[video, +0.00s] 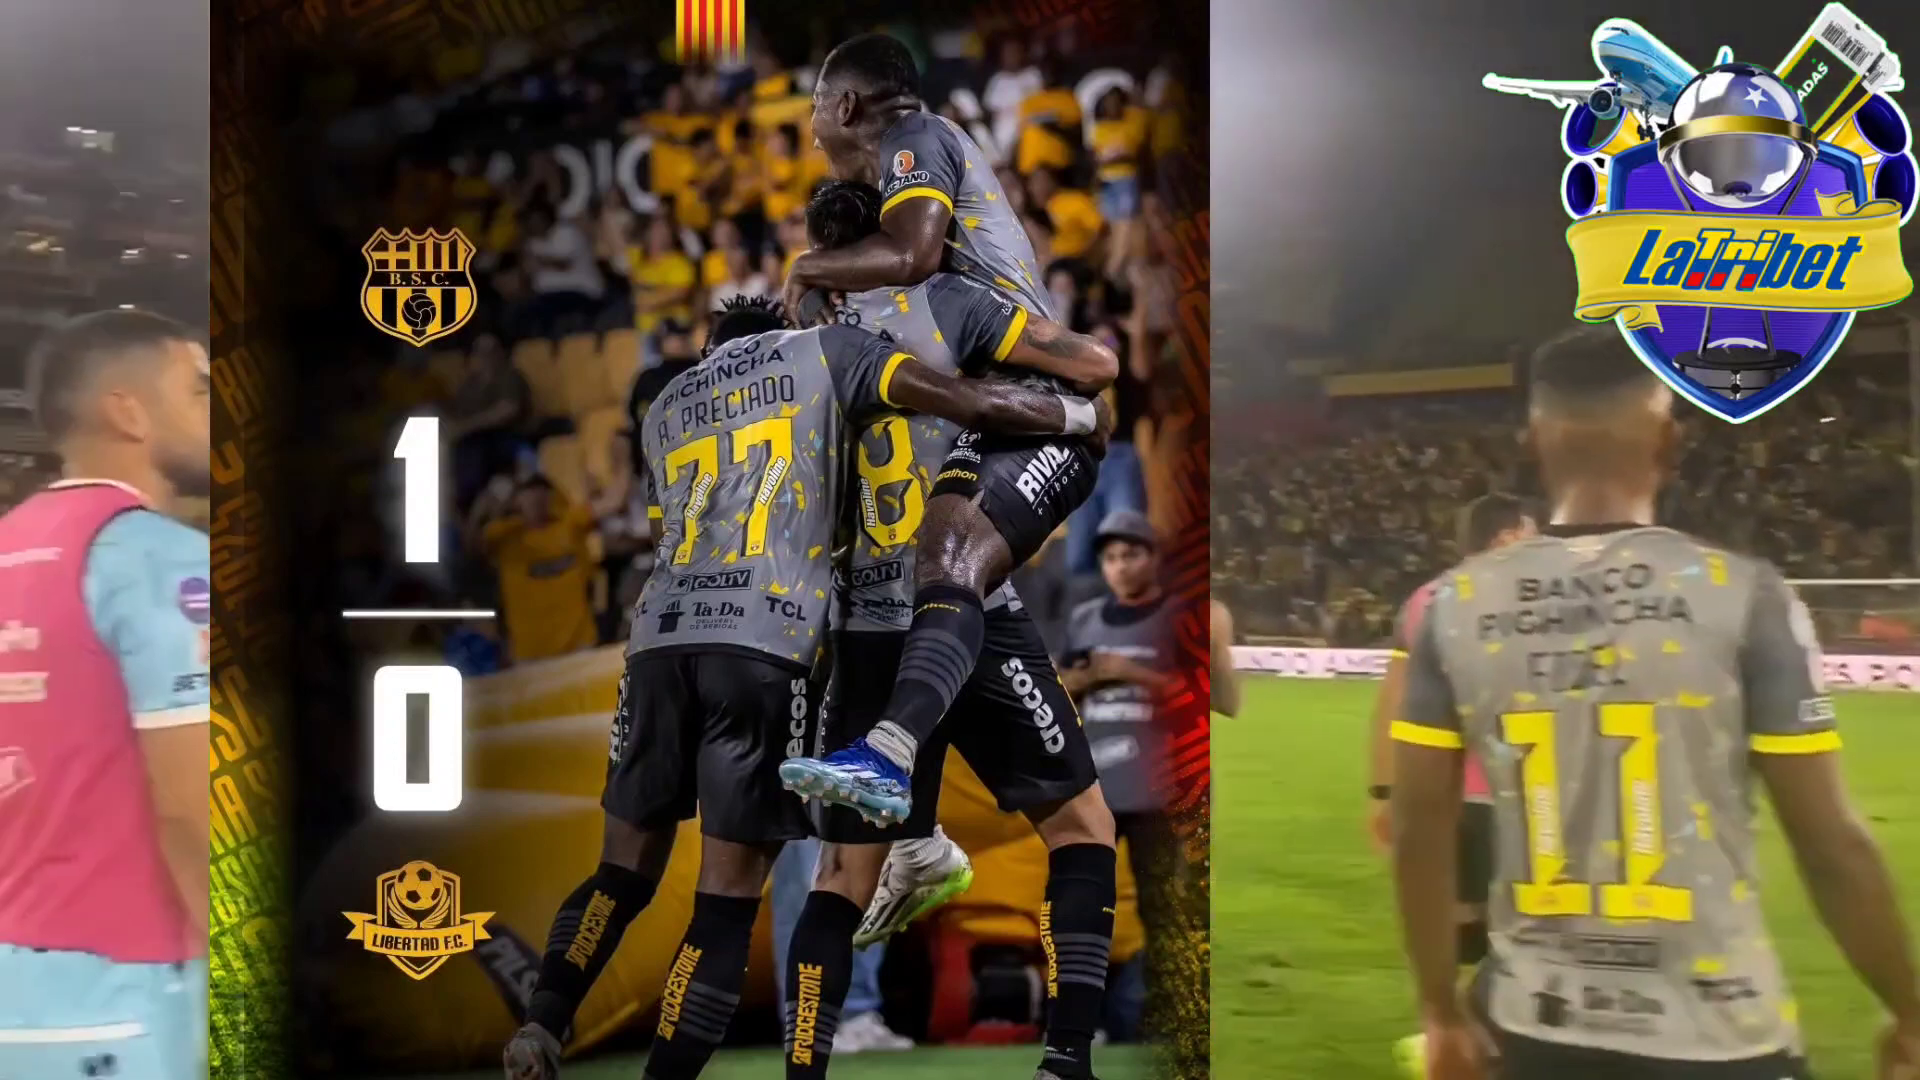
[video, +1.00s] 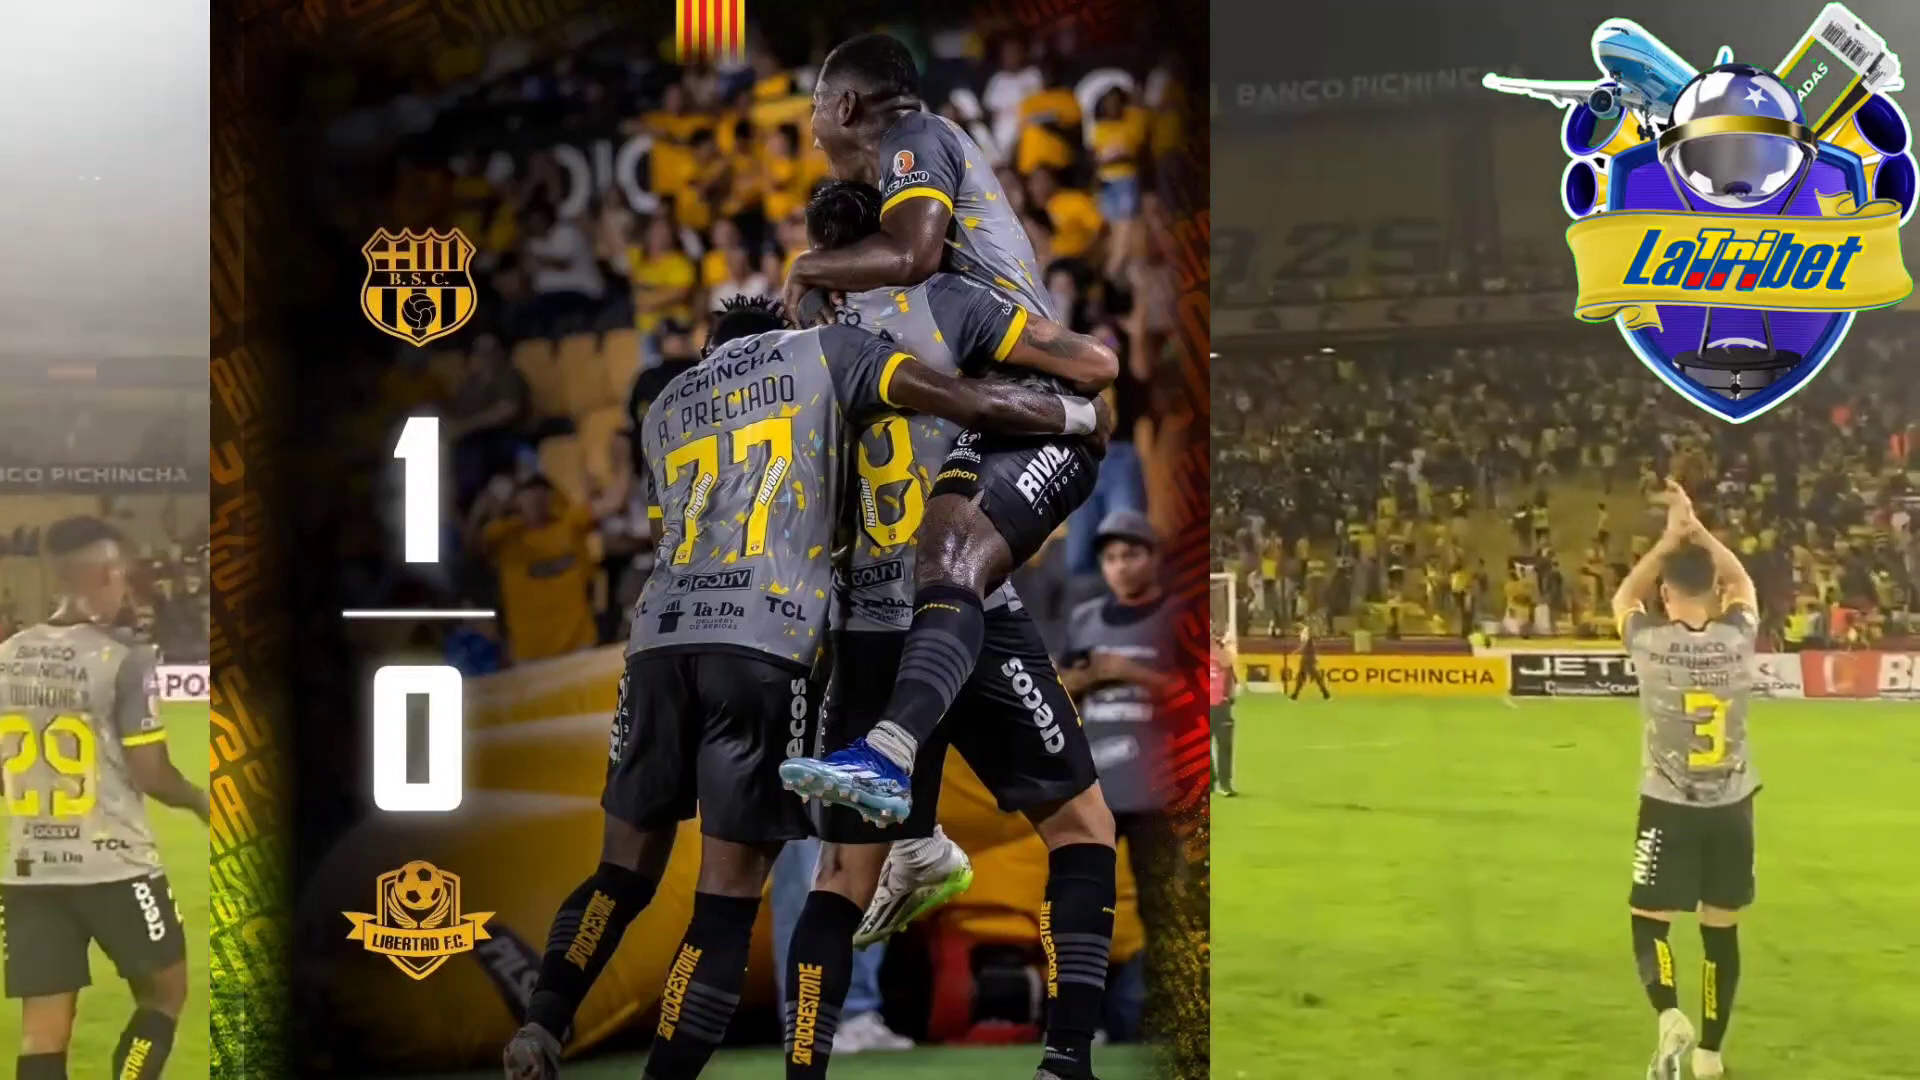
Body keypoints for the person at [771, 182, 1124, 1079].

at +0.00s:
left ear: (822, 255)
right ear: (899, 238)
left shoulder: (804, 333)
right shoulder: (952, 297)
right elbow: (1093, 366)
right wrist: (1067, 346)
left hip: (853, 617)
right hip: (963, 613)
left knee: (848, 859)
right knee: (1082, 827)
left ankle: (802, 1063)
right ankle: (1068, 1055)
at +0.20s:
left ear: (822, 255)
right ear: (899, 238)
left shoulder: (804, 333)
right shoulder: (952, 297)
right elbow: (1093, 366)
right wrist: (1072, 347)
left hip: (852, 617)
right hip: (962, 614)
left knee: (849, 860)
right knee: (1082, 827)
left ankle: (802, 1062)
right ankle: (1068, 1056)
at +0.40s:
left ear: (821, 260)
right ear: (897, 241)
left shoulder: (804, 338)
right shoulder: (952, 299)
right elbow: (1094, 367)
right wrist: (1078, 346)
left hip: (854, 619)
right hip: (965, 615)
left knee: (849, 859)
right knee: (1081, 827)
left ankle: (802, 1062)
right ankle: (1068, 1056)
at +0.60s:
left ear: (821, 257)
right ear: (897, 239)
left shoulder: (804, 335)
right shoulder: (952, 297)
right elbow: (1094, 367)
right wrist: (1075, 346)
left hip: (853, 618)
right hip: (964, 615)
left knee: (848, 860)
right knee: (1082, 827)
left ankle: (802, 1063)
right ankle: (1068, 1056)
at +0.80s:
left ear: (822, 255)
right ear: (898, 238)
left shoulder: (805, 333)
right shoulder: (952, 296)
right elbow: (1094, 367)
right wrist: (1076, 346)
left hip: (854, 616)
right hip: (964, 614)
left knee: (849, 859)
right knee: (1082, 827)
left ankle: (802, 1063)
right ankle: (1068, 1056)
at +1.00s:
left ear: (822, 255)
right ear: (898, 238)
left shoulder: (805, 333)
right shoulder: (952, 296)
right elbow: (1094, 367)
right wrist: (1077, 346)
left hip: (854, 616)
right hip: (963, 614)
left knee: (849, 859)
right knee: (1082, 827)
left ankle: (802, 1064)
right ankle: (1068, 1056)